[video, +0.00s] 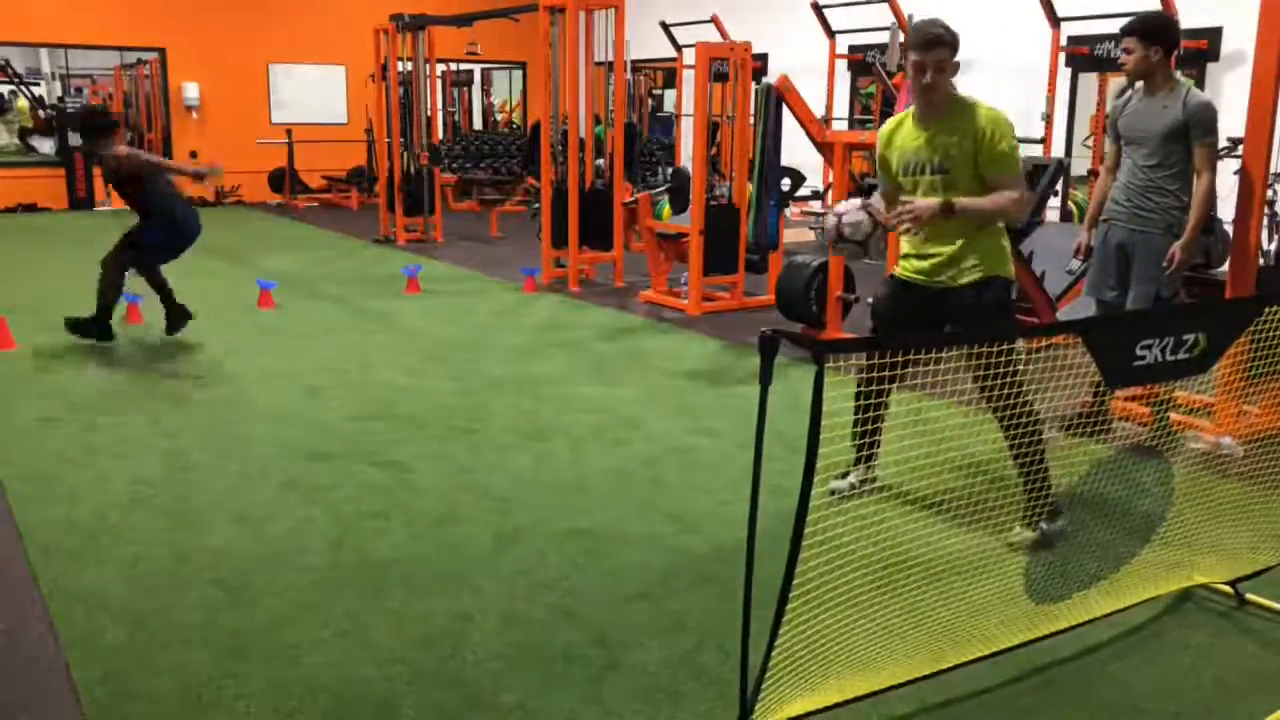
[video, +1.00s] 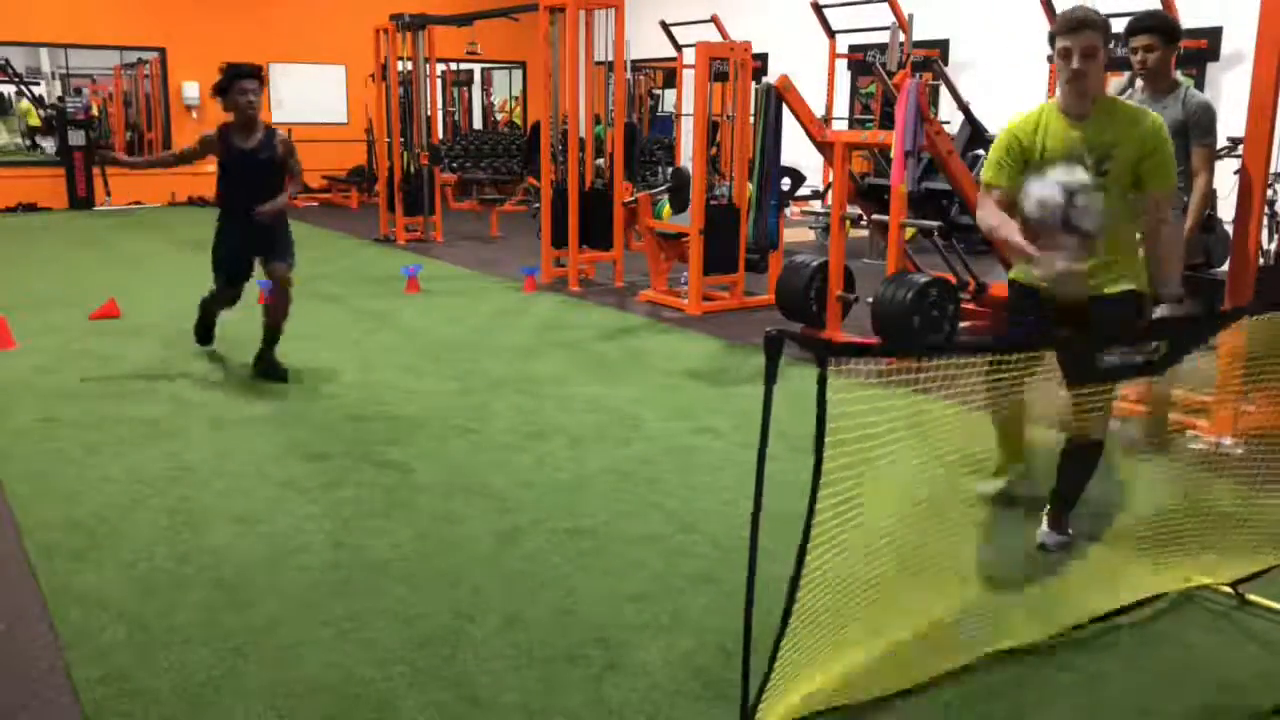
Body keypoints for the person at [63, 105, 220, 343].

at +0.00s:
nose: (84, 148)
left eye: (88, 140)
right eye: (84, 140)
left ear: (97, 139)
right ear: (111, 135)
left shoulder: (114, 157)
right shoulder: (126, 156)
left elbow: (155, 163)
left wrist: (192, 172)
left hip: (164, 224)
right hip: (186, 221)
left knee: (113, 263)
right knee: (142, 260)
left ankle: (101, 322)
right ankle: (174, 309)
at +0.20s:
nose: (60, 184)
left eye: (60, 179)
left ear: (63, 179)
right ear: (89, 173)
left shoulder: (83, 196)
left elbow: (132, 202)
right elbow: (120, 244)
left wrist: (169, 212)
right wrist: (138, 286)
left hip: (140, 256)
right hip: (160, 253)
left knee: (74, 256)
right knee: (102, 253)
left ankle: (91, 321)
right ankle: (116, 310)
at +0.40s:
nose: (63, 174)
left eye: (64, 169)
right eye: (64, 169)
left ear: (70, 170)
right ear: (92, 166)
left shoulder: (87, 188)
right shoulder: (109, 184)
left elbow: (104, 214)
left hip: (145, 250)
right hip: (162, 243)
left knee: (72, 258)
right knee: (106, 255)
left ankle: (102, 315)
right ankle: (116, 309)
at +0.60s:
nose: (104, 115)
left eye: (110, 109)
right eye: (102, 109)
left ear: (128, 112)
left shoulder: (141, 135)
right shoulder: (120, 142)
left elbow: (180, 148)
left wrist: (196, 166)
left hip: (162, 217)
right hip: (150, 215)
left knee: (110, 261)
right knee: (133, 257)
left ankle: (108, 318)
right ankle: (144, 310)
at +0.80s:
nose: (185, 101)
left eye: (190, 94)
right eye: (176, 94)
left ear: (198, 99)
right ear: (165, 101)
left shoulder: (218, 140)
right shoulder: (161, 141)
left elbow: (237, 173)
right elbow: (135, 170)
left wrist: (233, 205)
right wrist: (111, 183)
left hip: (215, 209)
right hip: (185, 206)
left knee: (173, 262)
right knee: (164, 259)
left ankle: (174, 323)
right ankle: (212, 320)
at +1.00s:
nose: (251, 100)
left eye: (256, 93)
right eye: (243, 94)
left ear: (262, 98)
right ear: (228, 101)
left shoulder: (280, 144)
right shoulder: (219, 141)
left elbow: (297, 183)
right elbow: (175, 158)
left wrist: (279, 203)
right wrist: (125, 161)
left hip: (272, 223)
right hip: (234, 224)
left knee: (281, 281)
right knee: (229, 294)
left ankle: (267, 354)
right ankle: (207, 311)